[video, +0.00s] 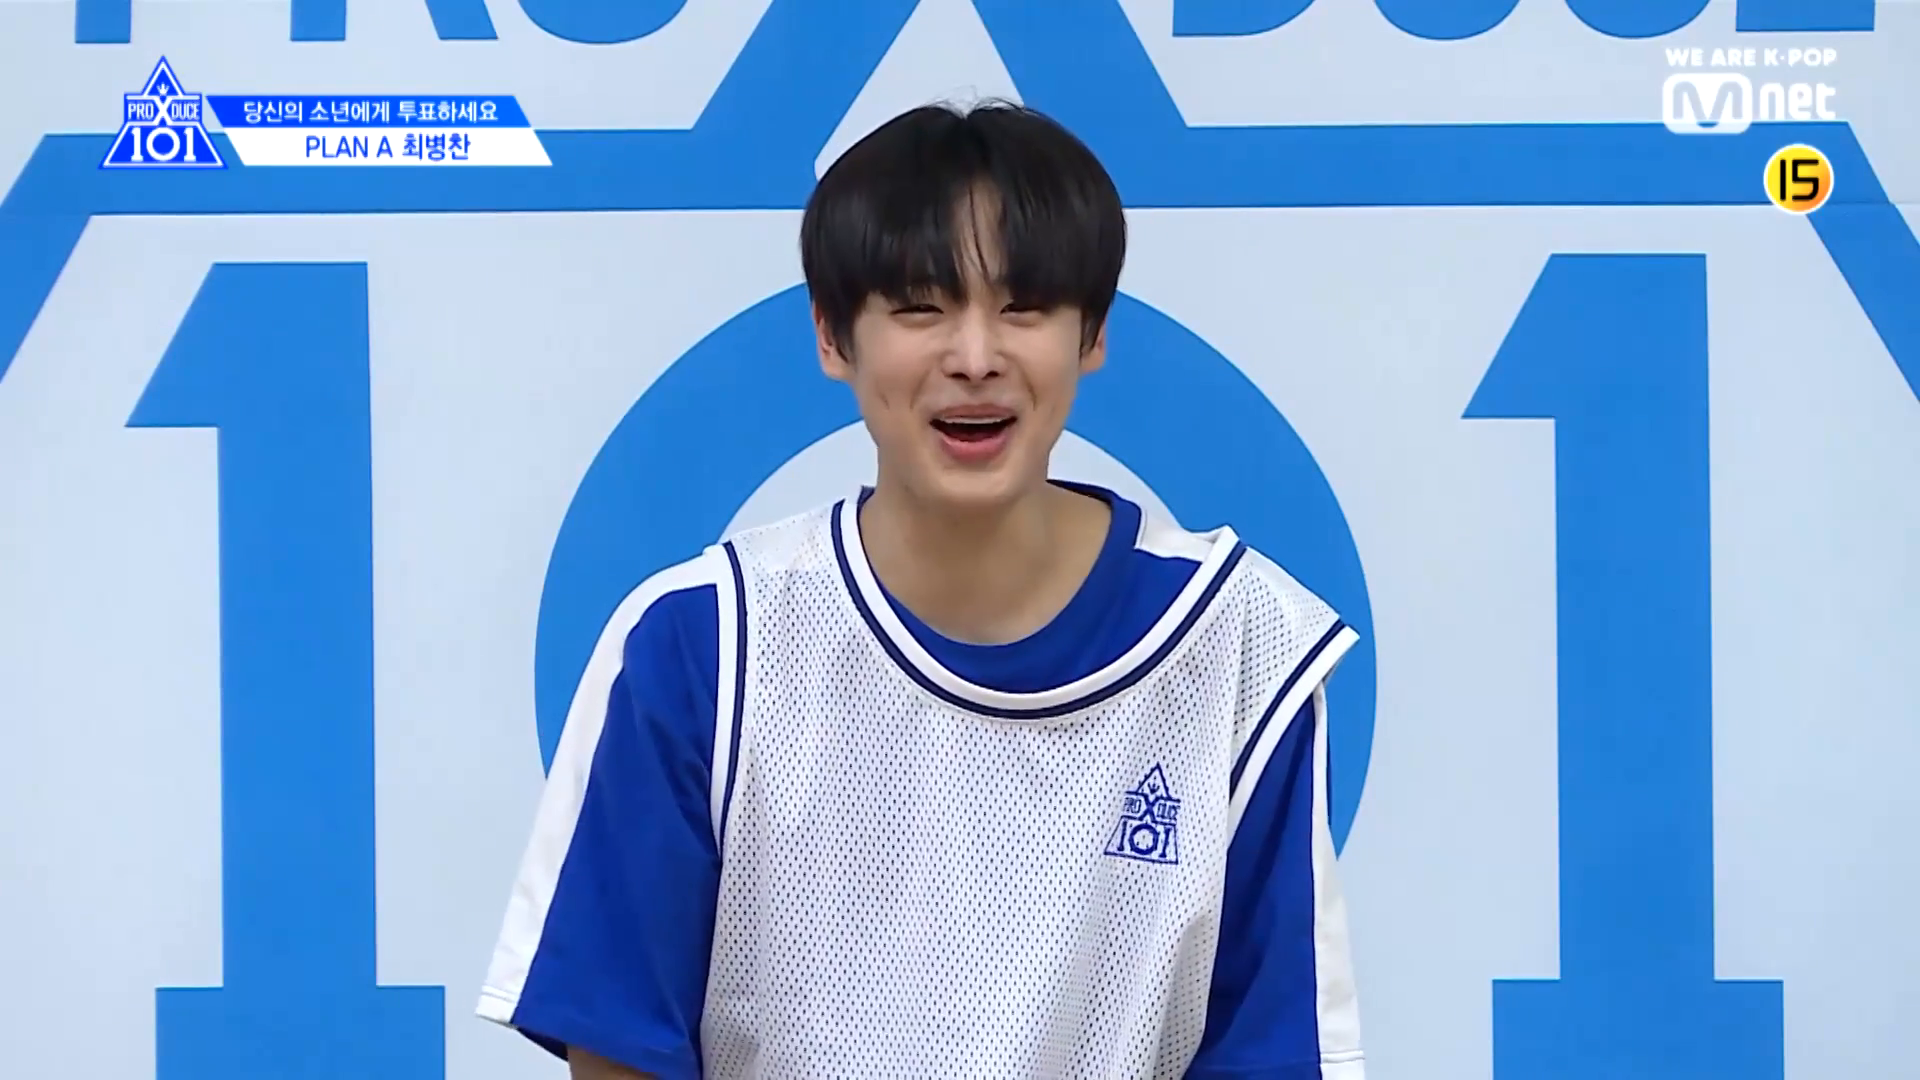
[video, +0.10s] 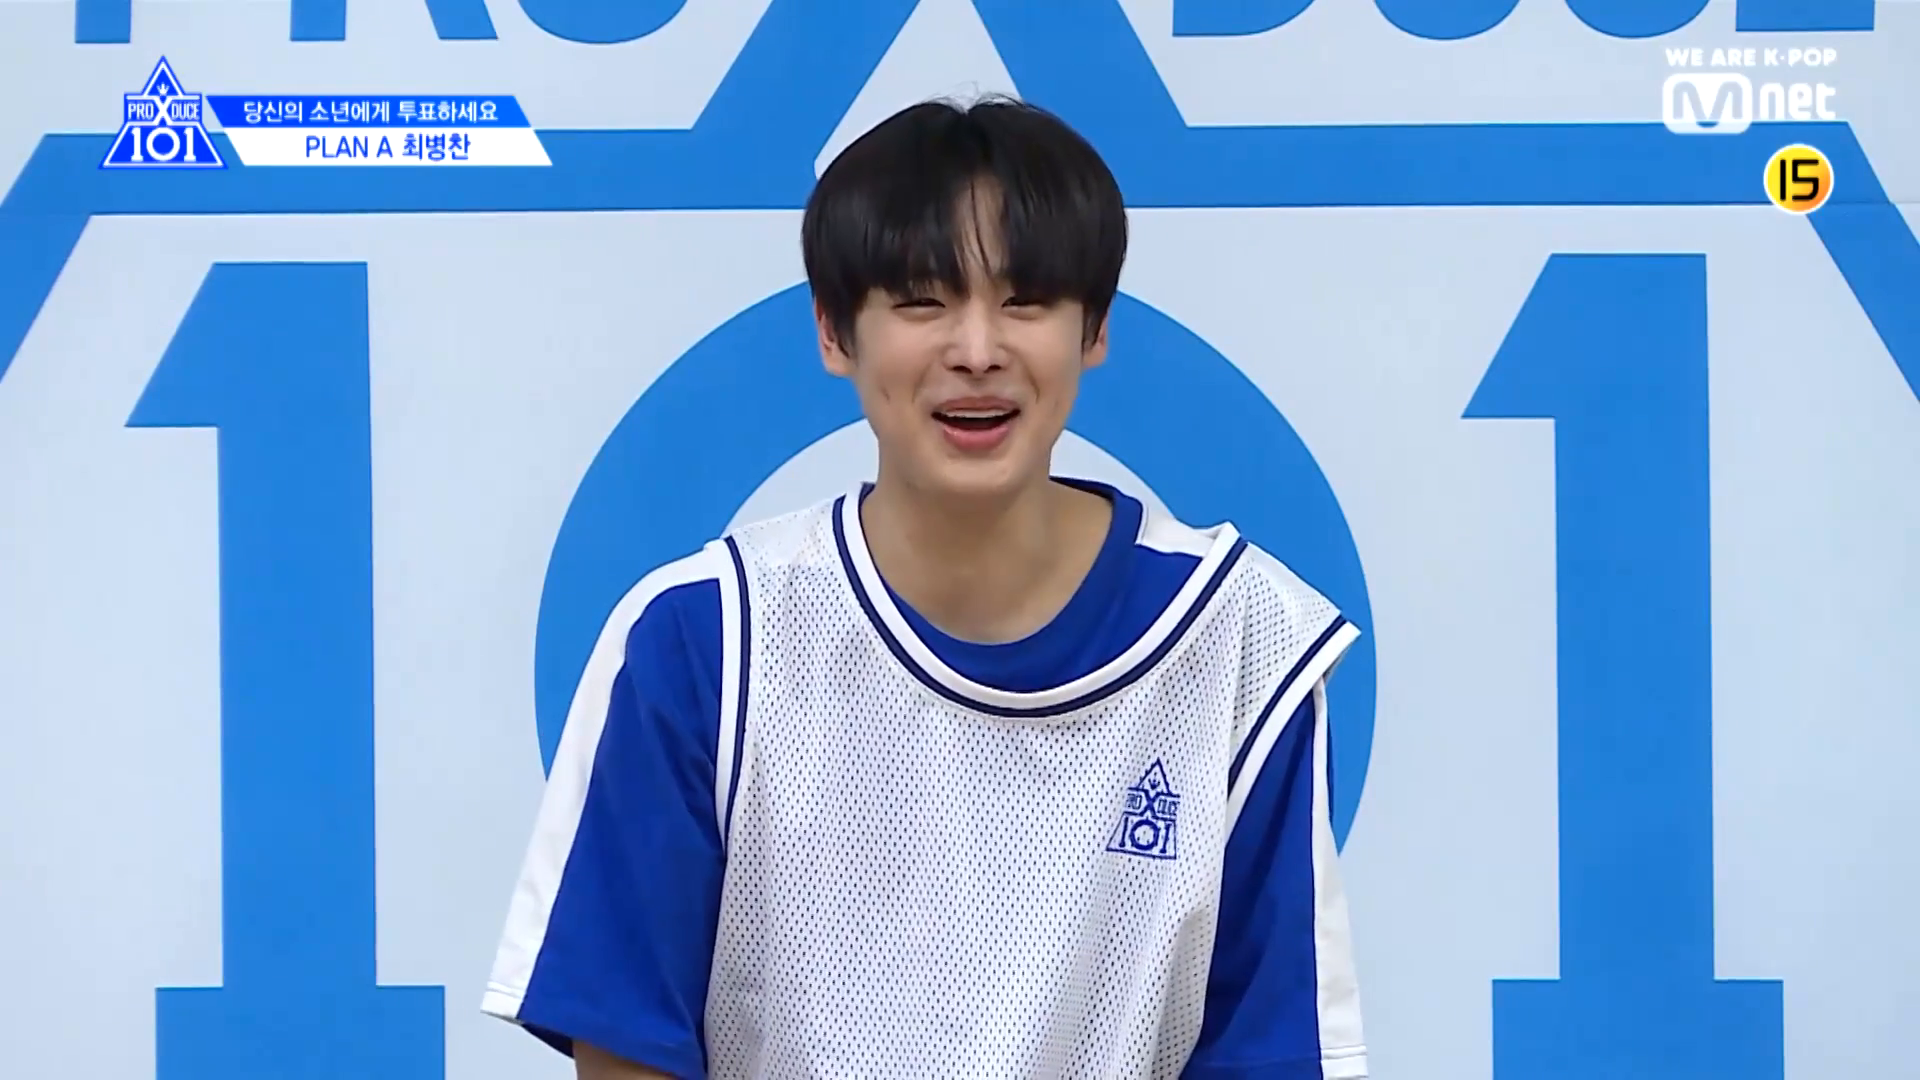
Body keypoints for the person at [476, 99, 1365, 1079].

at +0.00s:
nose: (975, 359)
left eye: (1023, 306)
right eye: (922, 306)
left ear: (1088, 341)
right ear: (839, 344)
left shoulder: (1246, 653)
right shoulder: (692, 647)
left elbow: (1271, 1051)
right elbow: (616, 1046)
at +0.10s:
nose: (977, 352)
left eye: (1026, 299)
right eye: (923, 299)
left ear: (1092, 335)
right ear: (839, 338)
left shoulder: (1250, 648)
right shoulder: (695, 642)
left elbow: (1272, 1054)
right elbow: (624, 1048)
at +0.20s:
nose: (980, 351)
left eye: (1030, 298)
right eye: (926, 297)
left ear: (1092, 337)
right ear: (840, 334)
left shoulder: (1248, 648)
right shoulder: (696, 641)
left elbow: (1269, 1054)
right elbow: (625, 1047)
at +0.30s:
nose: (981, 348)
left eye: (1030, 296)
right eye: (926, 294)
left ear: (1091, 332)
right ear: (839, 331)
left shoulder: (1247, 645)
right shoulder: (694, 639)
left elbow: (1269, 1054)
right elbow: (634, 1046)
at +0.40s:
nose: (978, 341)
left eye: (1027, 292)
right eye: (924, 288)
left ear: (1088, 331)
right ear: (837, 325)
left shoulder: (1242, 635)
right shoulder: (693, 630)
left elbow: (1267, 1048)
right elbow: (635, 1041)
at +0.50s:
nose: (973, 334)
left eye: (1023, 286)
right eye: (921, 284)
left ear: (1087, 323)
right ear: (835, 322)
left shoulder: (1242, 627)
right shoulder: (694, 623)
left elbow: (1253, 1052)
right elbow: (624, 1038)